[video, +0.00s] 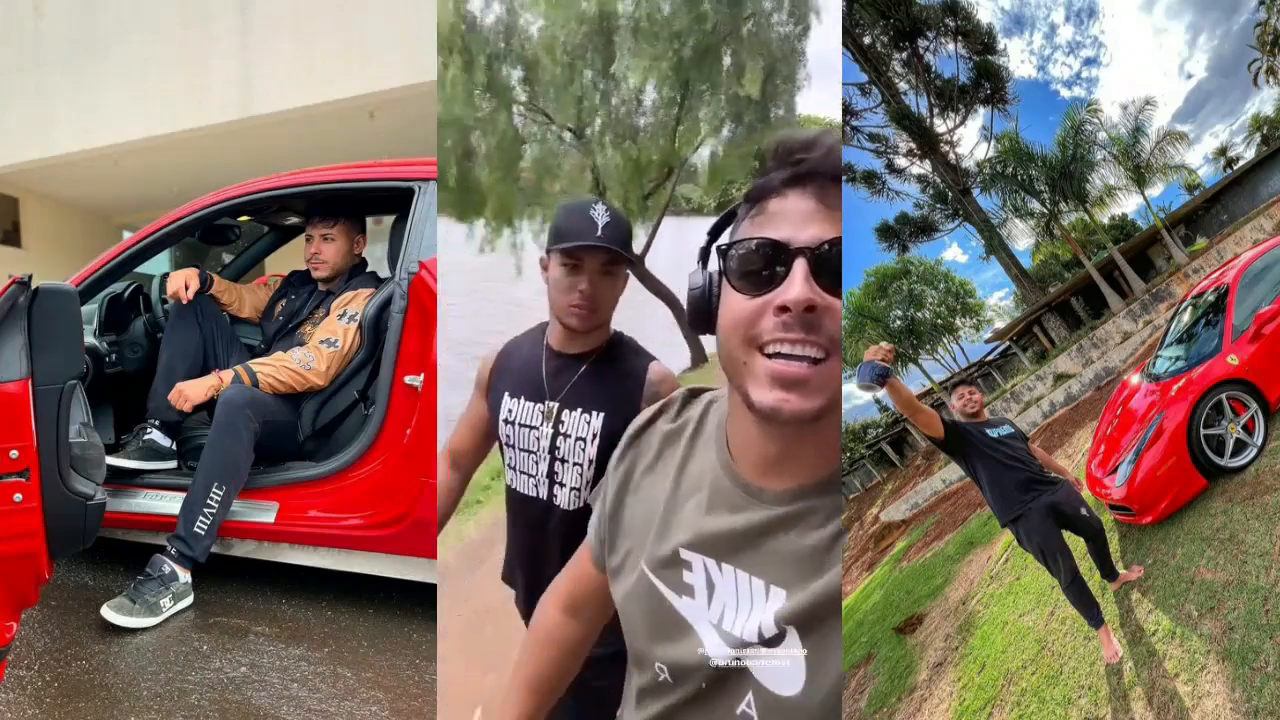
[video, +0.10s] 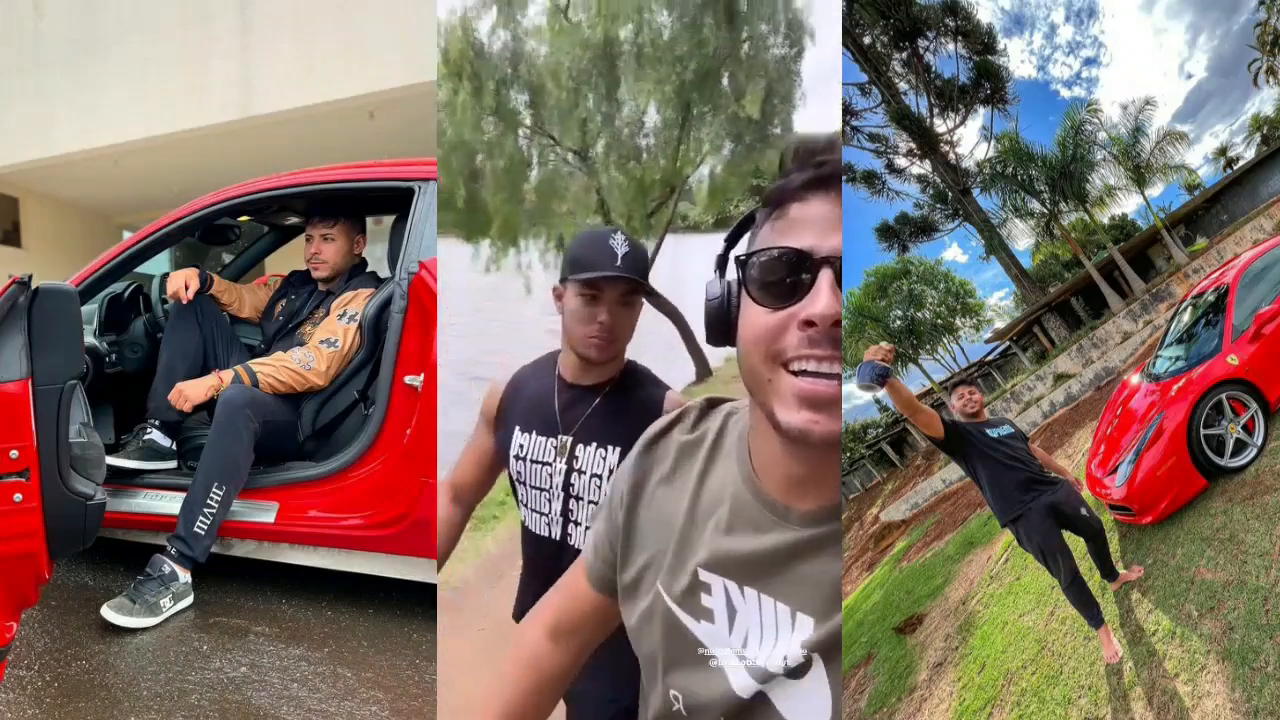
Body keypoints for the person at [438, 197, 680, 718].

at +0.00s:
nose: (586, 288)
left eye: (606, 272)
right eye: (572, 267)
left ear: (625, 280)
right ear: (545, 269)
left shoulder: (650, 384)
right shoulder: (509, 362)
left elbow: (664, 500)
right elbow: (455, 464)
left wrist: (649, 589)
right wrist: (410, 544)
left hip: (607, 602)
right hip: (531, 590)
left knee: (588, 708)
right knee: (549, 700)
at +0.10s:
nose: (605, 318)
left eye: (625, 301)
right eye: (589, 297)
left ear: (641, 310)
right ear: (559, 299)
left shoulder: (664, 416)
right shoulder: (517, 393)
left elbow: (682, 530)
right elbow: (455, 497)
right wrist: (407, 579)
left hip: (620, 621)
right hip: (538, 614)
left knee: (606, 712)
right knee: (522, 707)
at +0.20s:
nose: (629, 308)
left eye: (649, 290)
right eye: (614, 285)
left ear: (665, 299)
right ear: (580, 287)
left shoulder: (689, 417)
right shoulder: (533, 390)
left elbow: (708, 546)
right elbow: (475, 502)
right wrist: (426, 614)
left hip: (643, 665)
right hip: (551, 645)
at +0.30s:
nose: (646, 291)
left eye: (667, 273)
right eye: (630, 267)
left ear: (684, 283)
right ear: (595, 270)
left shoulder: (705, 406)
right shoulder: (547, 374)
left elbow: (717, 541)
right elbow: (504, 485)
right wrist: (461, 603)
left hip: (652, 659)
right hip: (557, 641)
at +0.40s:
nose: (639, 295)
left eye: (663, 275)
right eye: (622, 271)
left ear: (682, 286)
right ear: (590, 274)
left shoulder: (707, 412)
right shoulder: (550, 375)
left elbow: (714, 547)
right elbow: (513, 485)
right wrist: (479, 589)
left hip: (642, 660)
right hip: (543, 642)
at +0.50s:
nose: (631, 293)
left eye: (654, 271)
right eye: (612, 268)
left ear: (673, 280)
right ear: (579, 271)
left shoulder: (702, 409)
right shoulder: (544, 371)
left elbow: (711, 556)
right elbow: (516, 475)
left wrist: (683, 691)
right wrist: (486, 571)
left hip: (629, 676)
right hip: (530, 647)